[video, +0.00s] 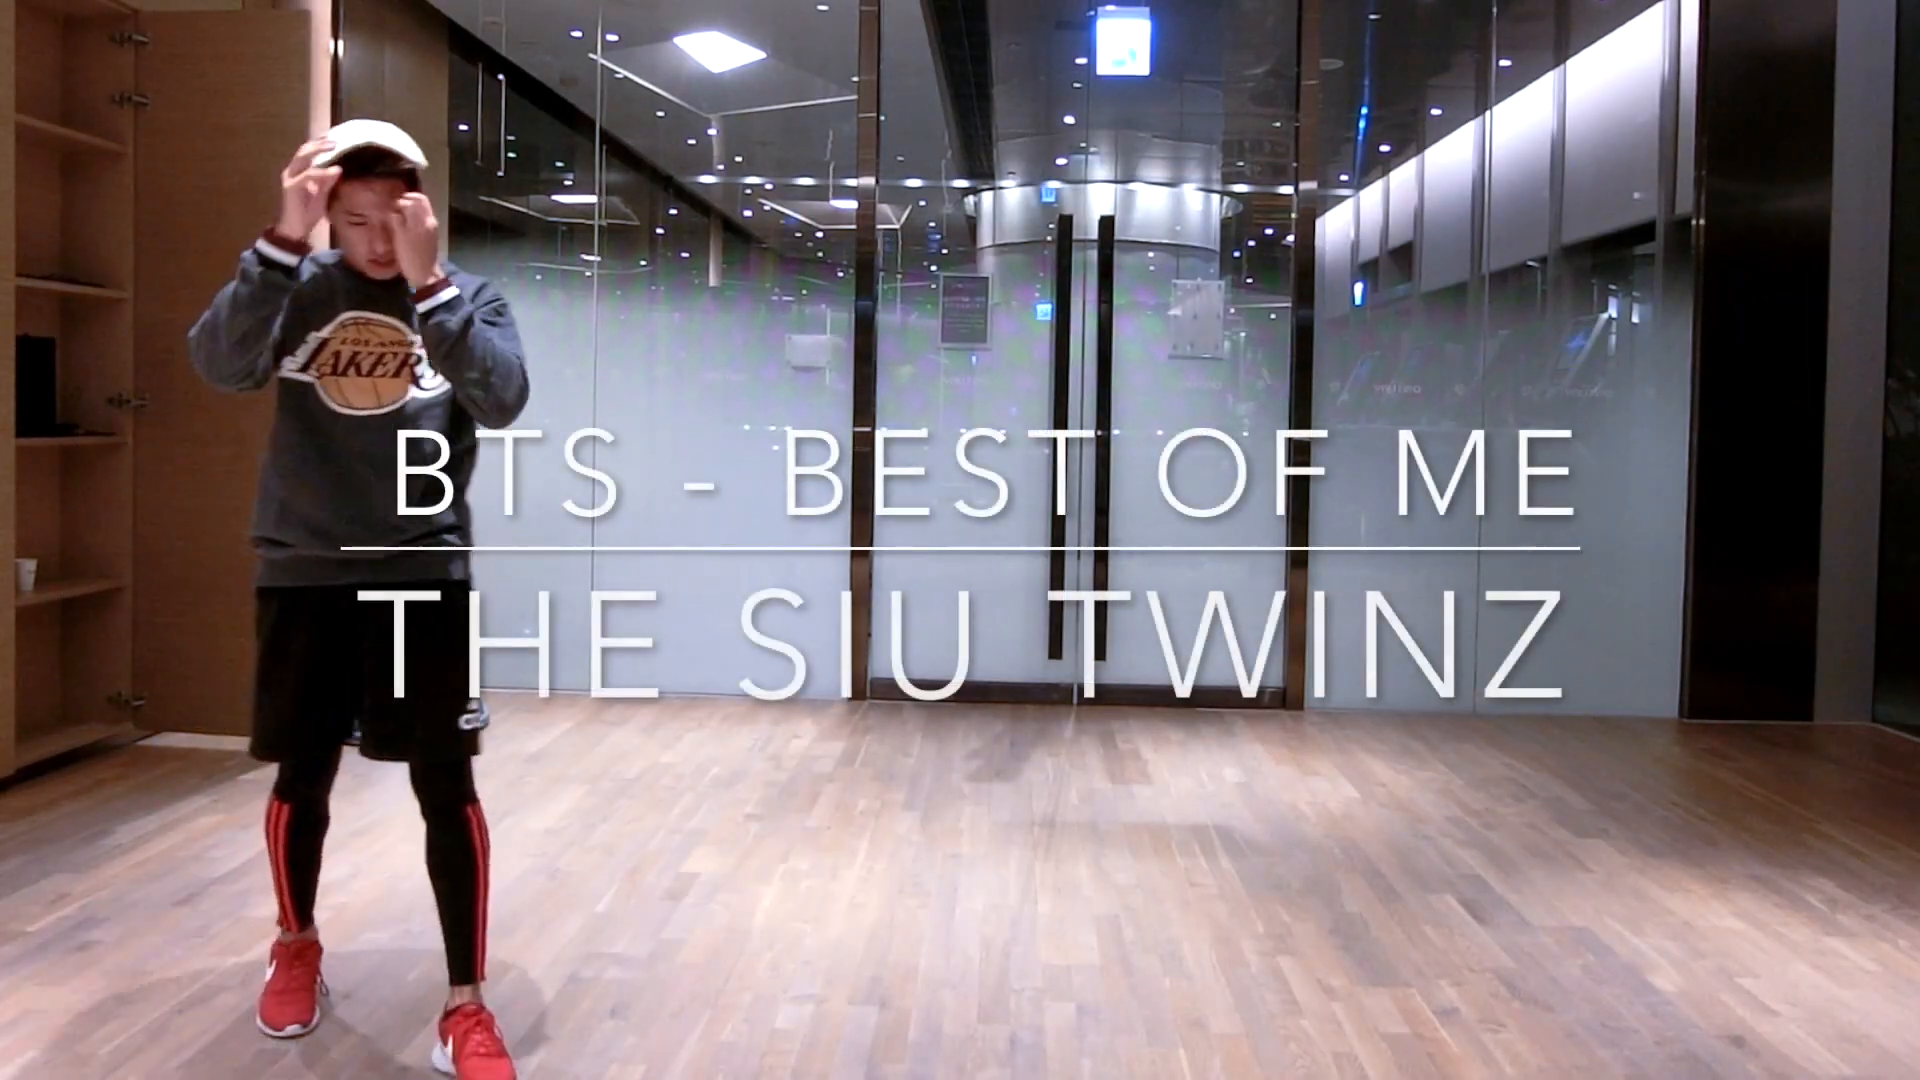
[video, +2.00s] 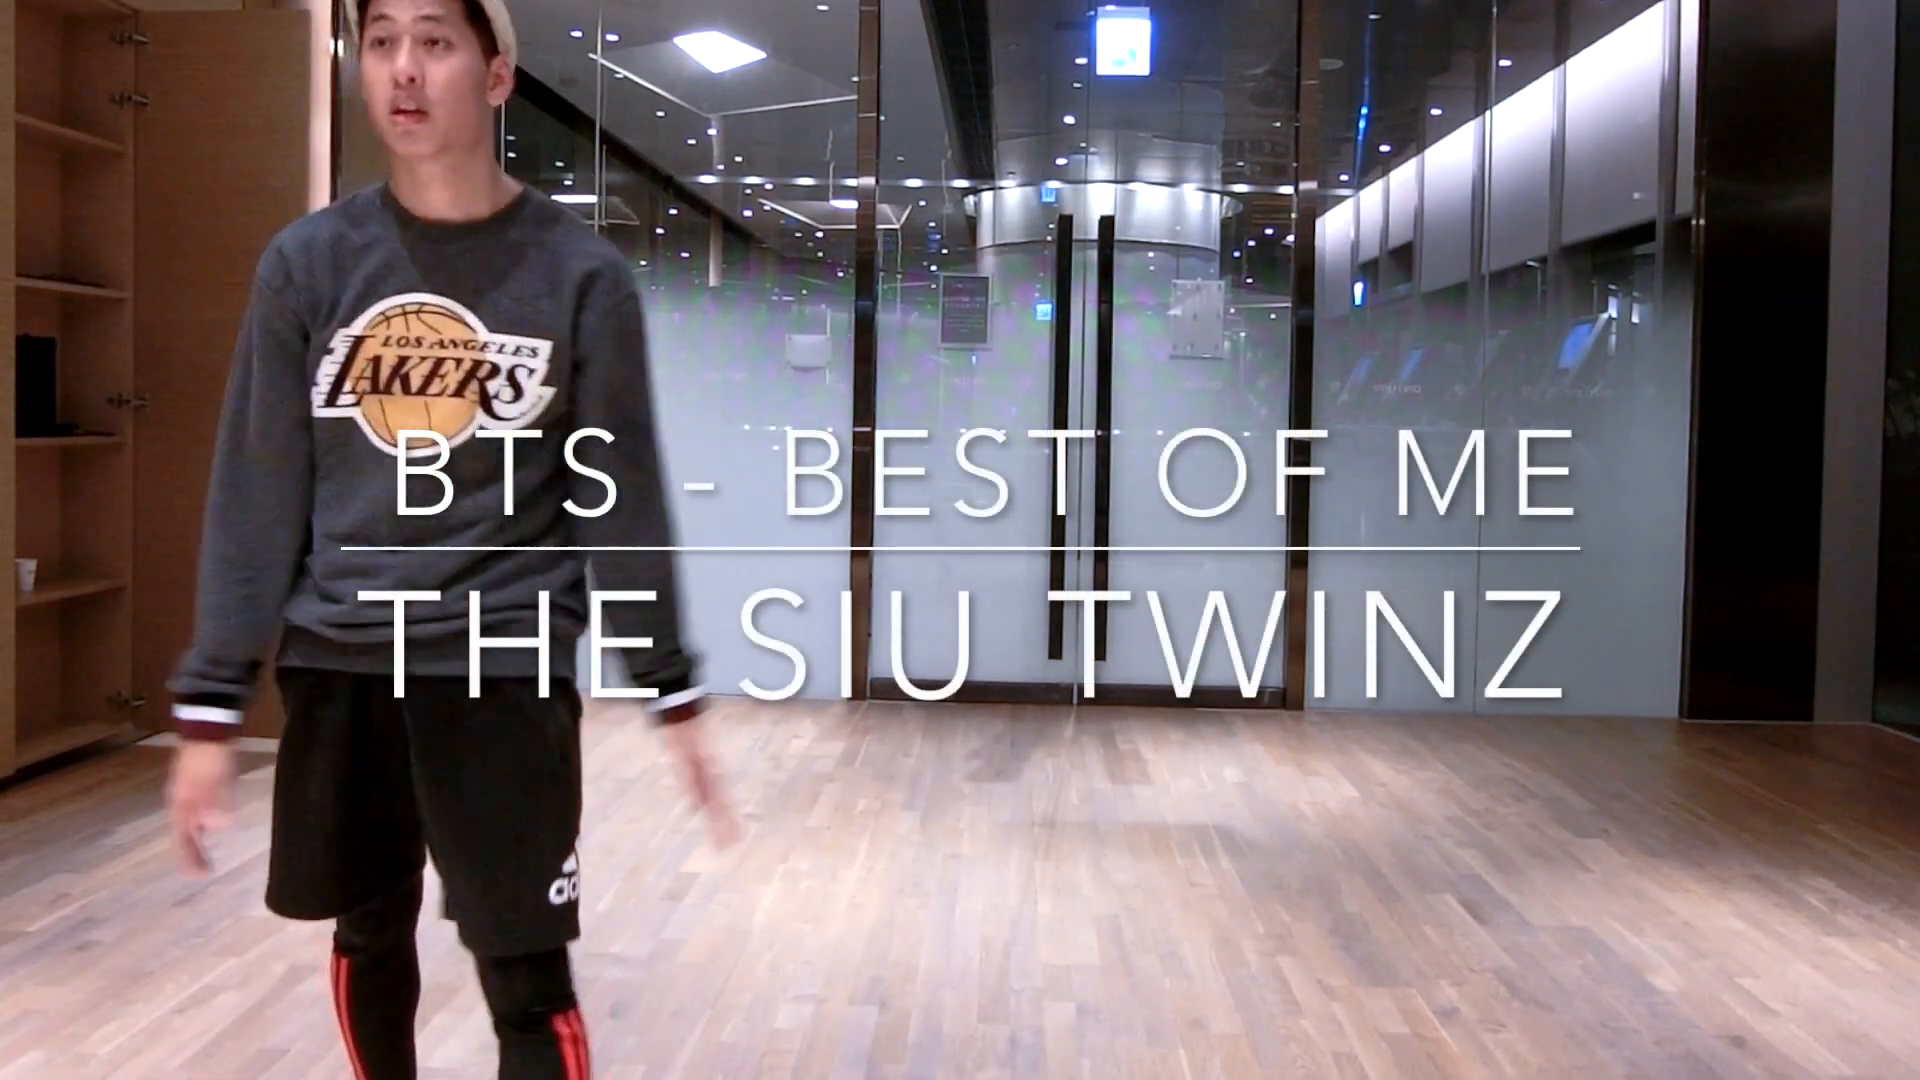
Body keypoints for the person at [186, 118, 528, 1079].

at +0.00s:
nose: (372, 218)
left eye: (391, 200)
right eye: (354, 203)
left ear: (422, 210)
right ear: (324, 213)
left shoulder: (464, 298)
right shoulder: (299, 292)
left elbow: (504, 399)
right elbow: (224, 365)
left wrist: (427, 282)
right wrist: (285, 241)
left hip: (428, 572)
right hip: (310, 570)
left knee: (447, 784)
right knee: (302, 777)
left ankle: (468, 1002)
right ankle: (294, 946)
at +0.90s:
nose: (443, 183)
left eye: (462, 160)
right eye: (420, 161)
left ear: (496, 174)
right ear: (392, 175)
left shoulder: (537, 280)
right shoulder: (354, 276)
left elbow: (629, 254)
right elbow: (233, 269)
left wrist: (533, 163)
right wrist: (328, 140)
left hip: (505, 608)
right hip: (381, 609)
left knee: (490, 828)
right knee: (385, 858)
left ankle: (469, 1010)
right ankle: (391, 1070)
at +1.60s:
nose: (411, 115)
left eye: (435, 96)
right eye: (383, 98)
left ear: (472, 124)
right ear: (346, 123)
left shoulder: (531, 254)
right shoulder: (276, 238)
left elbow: (533, 402)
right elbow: (276, 407)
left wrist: (469, 238)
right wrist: (375, 238)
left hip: (487, 604)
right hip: (330, 615)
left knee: (526, 889)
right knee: (361, 911)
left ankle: (569, 1076)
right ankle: (386, 1076)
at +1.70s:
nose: (409, 119)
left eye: (435, 94)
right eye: (383, 92)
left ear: (476, 112)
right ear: (350, 108)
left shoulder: (532, 246)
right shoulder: (282, 225)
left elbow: (535, 400)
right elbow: (283, 397)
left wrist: (462, 342)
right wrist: (376, 336)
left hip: (487, 590)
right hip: (330, 604)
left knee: (535, 883)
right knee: (360, 906)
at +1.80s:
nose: (406, 97)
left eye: (433, 71)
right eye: (380, 70)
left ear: (480, 94)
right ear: (350, 91)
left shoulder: (545, 253)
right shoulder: (286, 229)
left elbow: (536, 414)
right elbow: (287, 381)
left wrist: (473, 511)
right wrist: (362, 491)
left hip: (494, 602)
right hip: (332, 613)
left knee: (533, 890)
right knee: (360, 904)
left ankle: (573, 1078)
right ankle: (382, 1078)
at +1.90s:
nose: (401, 85)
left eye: (430, 59)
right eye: (377, 58)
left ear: (485, 88)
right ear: (349, 83)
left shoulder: (555, 265)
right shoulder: (296, 251)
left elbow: (567, 477)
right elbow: (282, 465)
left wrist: (556, 672)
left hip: (497, 635)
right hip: (345, 639)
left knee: (528, 942)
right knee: (364, 929)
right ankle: (385, 1079)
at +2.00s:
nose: (406, 72)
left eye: (437, 44)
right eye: (383, 45)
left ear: (497, 76)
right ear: (356, 77)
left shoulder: (579, 268)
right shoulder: (306, 262)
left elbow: (623, 494)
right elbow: (254, 496)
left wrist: (674, 698)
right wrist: (206, 714)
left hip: (508, 674)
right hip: (343, 671)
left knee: (524, 979)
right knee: (368, 947)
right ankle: (385, 1079)